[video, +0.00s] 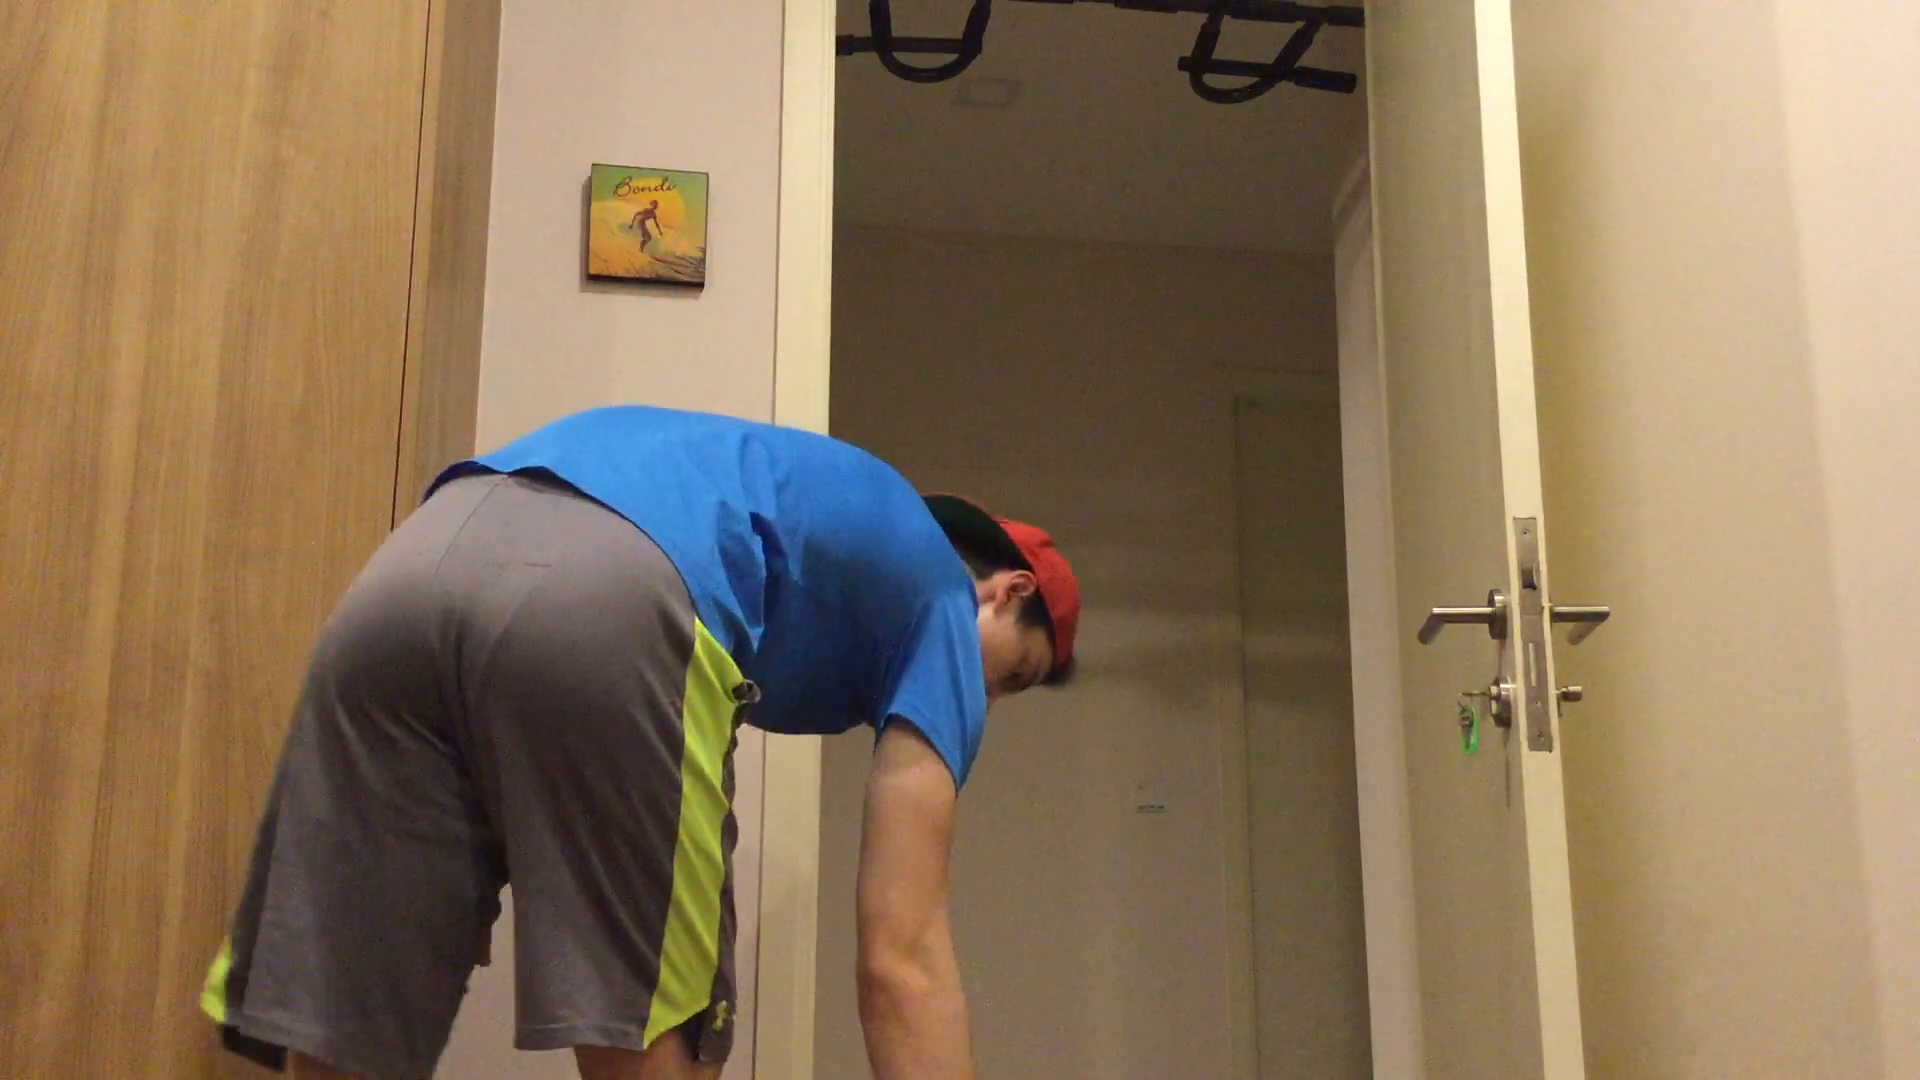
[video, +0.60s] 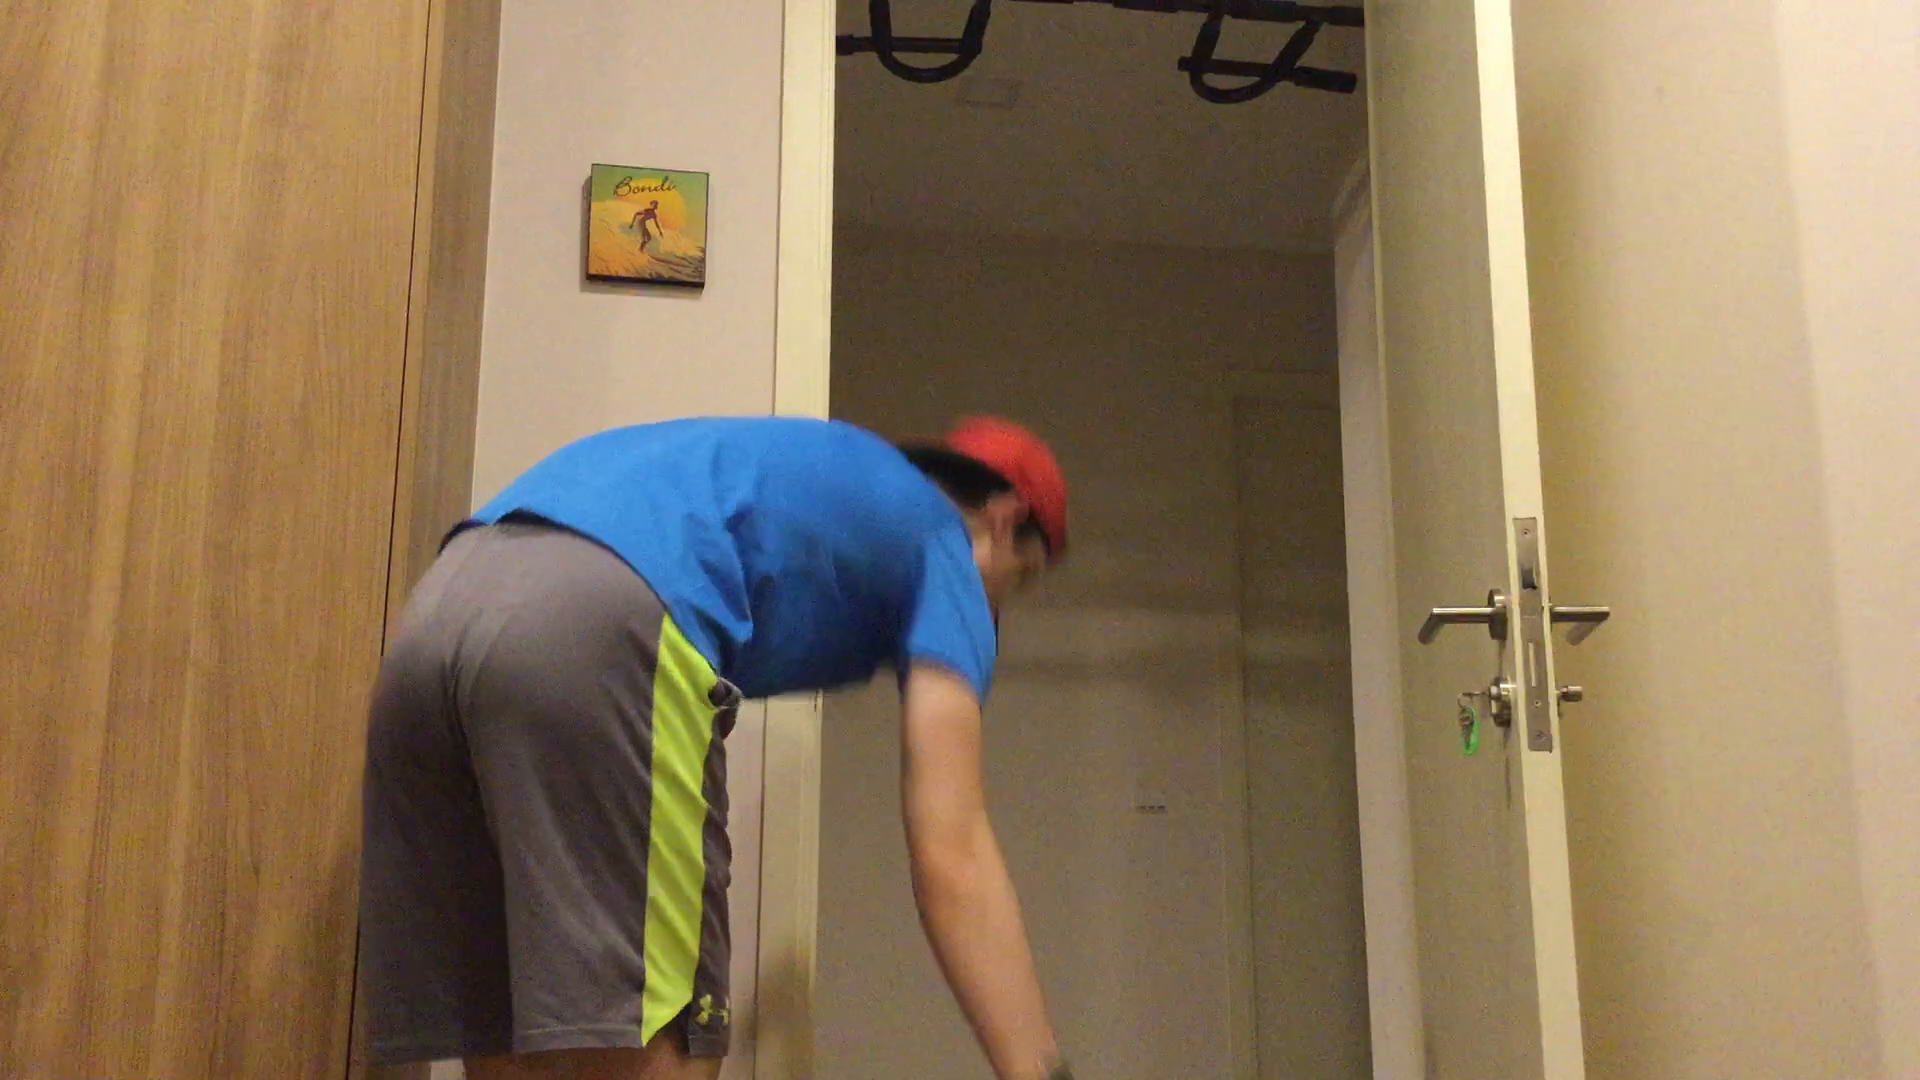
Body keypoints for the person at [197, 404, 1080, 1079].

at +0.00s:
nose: (1004, 685)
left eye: (1027, 679)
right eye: (1026, 660)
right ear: (1003, 587)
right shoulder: (945, 617)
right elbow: (901, 968)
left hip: (428, 540)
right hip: (613, 592)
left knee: (323, 1037)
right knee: (640, 1044)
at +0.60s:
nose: (1006, 597)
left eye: (1025, 580)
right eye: (1021, 566)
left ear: (926, 471)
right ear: (998, 514)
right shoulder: (940, 549)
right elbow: (952, 853)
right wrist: (1036, 1067)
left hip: (443, 599)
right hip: (598, 621)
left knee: (497, 1044)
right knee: (631, 1046)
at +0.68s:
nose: (1006, 538)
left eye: (1022, 518)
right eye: (1022, 509)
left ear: (922, 421)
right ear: (1000, 464)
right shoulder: (935, 497)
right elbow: (932, 776)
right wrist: (1000, 1024)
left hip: (454, 605)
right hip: (602, 623)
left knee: (451, 1039)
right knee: (636, 1044)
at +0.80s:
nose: (989, 425)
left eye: (1001, 404)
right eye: (1001, 397)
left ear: (891, 332)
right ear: (982, 360)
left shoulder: (763, 388)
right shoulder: (921, 417)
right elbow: (878, 653)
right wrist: (901, 910)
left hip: (483, 621)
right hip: (627, 629)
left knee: (510, 1046)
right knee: (684, 1042)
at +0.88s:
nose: (976, 348)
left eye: (986, 324)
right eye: (985, 319)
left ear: (872, 276)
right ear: (966, 292)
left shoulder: (751, 344)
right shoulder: (909, 364)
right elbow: (841, 586)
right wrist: (834, 827)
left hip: (507, 633)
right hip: (645, 629)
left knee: (558, 1045)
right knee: (722, 1033)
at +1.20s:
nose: (941, 221)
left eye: (947, 192)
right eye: (947, 189)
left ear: (826, 164)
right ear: (918, 163)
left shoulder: (740, 277)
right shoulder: (864, 264)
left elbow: (699, 499)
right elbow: (798, 486)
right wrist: (814, 728)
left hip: (644, 679)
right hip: (759, 678)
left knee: (636, 1039)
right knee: (886, 1039)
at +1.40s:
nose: (986, 248)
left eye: (988, 225)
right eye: (988, 223)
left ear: (869, 203)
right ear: (972, 211)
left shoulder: (788, 323)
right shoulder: (946, 321)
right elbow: (917, 557)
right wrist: (946, 779)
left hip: (761, 721)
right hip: (870, 731)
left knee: (710, 1042)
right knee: (939, 1051)